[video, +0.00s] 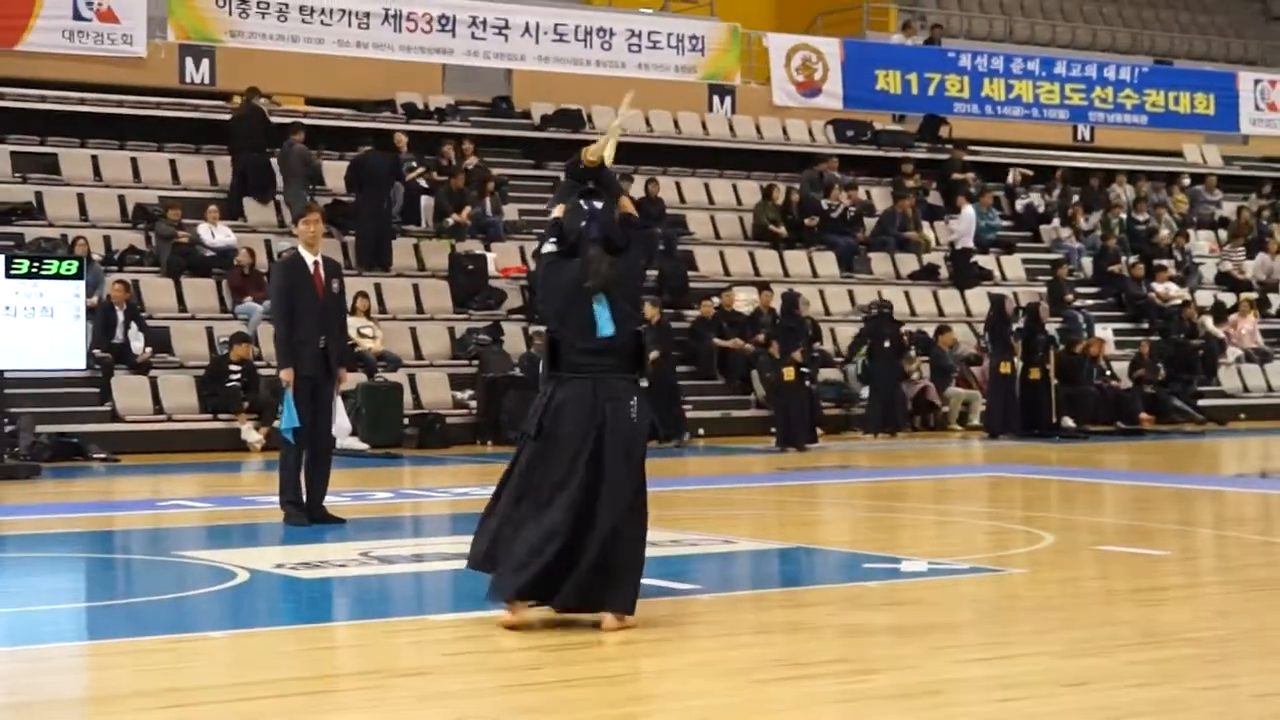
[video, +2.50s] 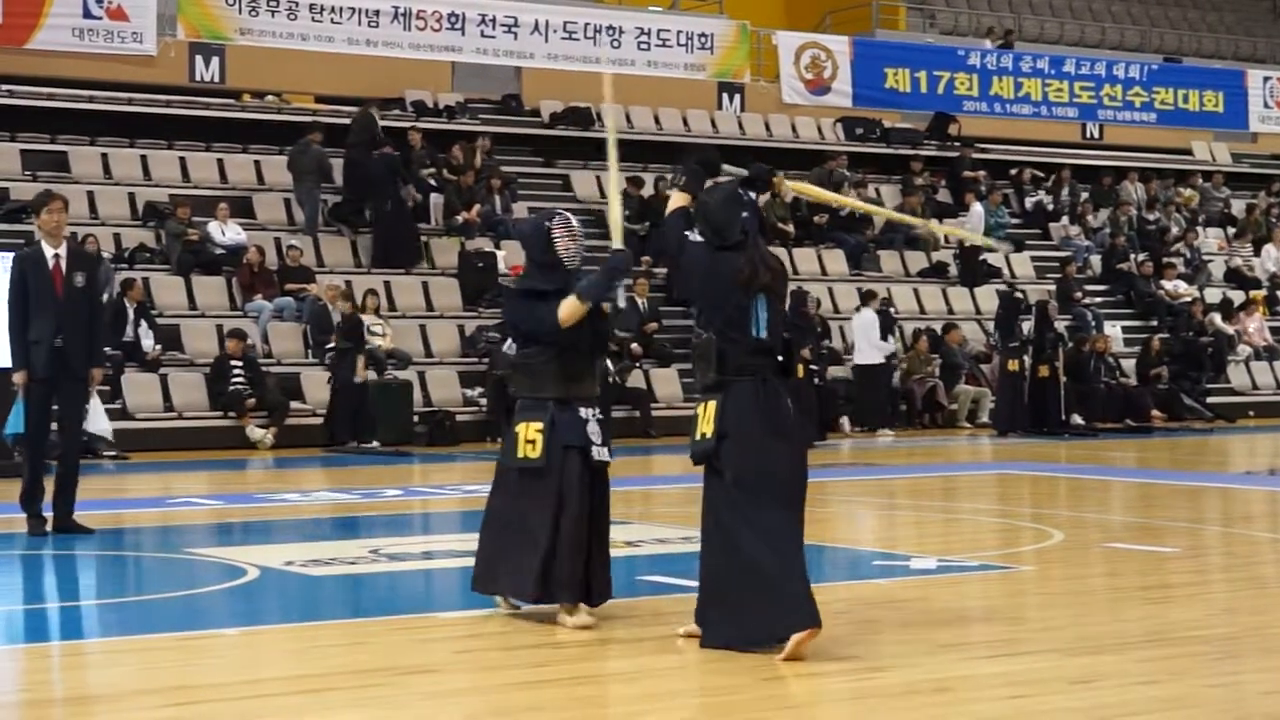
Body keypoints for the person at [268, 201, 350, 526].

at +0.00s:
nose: (312, 228)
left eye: (316, 223)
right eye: (306, 223)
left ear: (323, 227)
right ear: (296, 229)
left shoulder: (333, 267)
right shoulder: (284, 267)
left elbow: (339, 318)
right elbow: (280, 319)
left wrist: (341, 362)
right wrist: (284, 363)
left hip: (326, 361)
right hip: (297, 362)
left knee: (322, 436)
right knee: (295, 435)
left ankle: (316, 503)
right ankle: (291, 505)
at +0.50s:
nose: (277, 232)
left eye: (282, 226)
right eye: (271, 227)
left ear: (290, 230)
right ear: (261, 233)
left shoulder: (301, 271)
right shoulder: (250, 272)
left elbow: (311, 321)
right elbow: (246, 321)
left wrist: (313, 366)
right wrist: (250, 366)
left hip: (295, 364)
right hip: (265, 365)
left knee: (301, 440)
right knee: (248, 437)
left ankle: (315, 508)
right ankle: (216, 503)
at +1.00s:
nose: (201, 233)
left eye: (205, 227)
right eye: (195, 228)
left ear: (214, 231)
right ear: (186, 234)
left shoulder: (233, 267)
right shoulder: (178, 272)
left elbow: (244, 320)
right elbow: (172, 324)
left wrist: (246, 365)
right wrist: (174, 368)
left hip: (226, 364)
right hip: (191, 366)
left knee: (224, 435)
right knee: (194, 439)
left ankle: (227, 506)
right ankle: (204, 507)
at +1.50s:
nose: (136, 235)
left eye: (141, 229)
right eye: (130, 230)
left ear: (153, 233)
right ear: (122, 236)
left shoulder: (168, 268)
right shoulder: (119, 274)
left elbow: (178, 323)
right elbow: (113, 328)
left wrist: (179, 373)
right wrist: (114, 375)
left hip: (157, 370)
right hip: (129, 370)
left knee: (131, 440)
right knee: (153, 444)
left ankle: (114, 517)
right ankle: (195, 504)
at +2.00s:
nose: (79, 221)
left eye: (83, 216)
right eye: (72, 217)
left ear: (93, 221)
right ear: (62, 225)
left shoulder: (113, 262)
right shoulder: (53, 267)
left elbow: (126, 315)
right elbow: (47, 321)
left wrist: (131, 362)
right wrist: (47, 368)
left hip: (105, 365)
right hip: (66, 366)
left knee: (110, 442)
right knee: (51, 441)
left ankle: (112, 515)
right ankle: (35, 511)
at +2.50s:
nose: (56, 217)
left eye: (61, 211)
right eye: (48, 212)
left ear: (68, 217)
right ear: (36, 219)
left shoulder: (87, 259)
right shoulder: (23, 260)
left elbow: (96, 314)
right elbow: (16, 316)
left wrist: (97, 361)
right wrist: (18, 365)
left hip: (75, 361)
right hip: (37, 362)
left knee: (72, 441)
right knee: (35, 440)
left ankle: (64, 514)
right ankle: (33, 513)